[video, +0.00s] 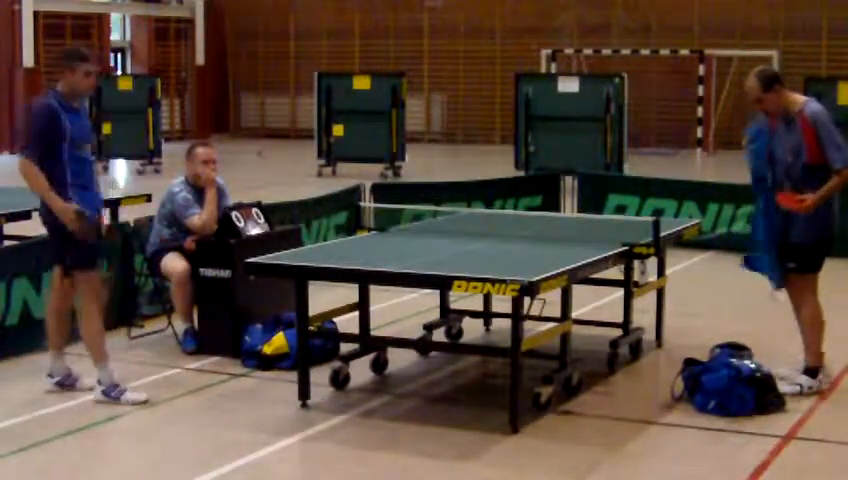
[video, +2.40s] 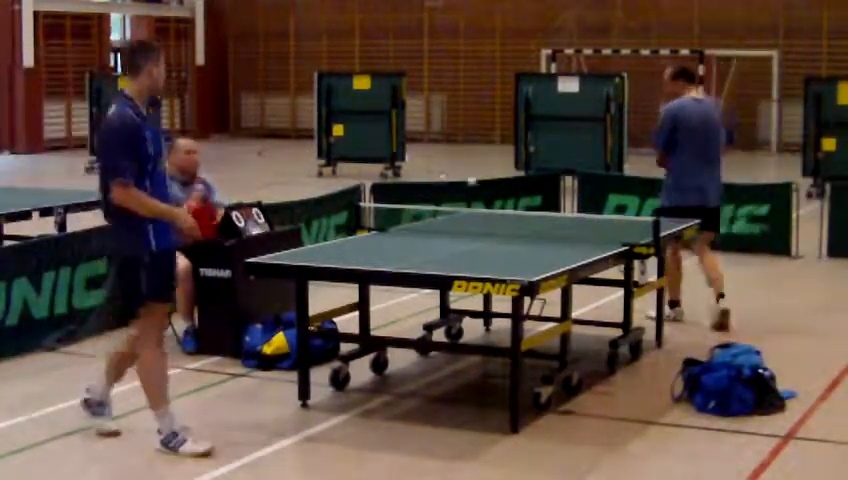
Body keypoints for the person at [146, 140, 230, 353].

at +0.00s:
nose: (212, 168)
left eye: (214, 163)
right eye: (205, 163)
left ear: (217, 164)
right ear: (190, 166)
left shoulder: (217, 187)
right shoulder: (178, 192)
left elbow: (224, 223)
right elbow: (204, 227)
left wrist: (197, 238)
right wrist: (211, 189)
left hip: (199, 241)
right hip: (166, 245)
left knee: (227, 262)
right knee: (181, 270)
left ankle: (223, 321)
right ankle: (189, 328)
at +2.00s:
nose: (207, 166)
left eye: (210, 161)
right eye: (202, 161)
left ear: (214, 165)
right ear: (187, 164)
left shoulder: (214, 188)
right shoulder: (171, 191)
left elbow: (224, 224)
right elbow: (195, 225)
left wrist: (199, 236)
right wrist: (205, 189)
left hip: (198, 241)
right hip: (165, 243)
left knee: (227, 260)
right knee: (183, 267)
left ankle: (222, 321)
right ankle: (188, 326)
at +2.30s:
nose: (199, 161)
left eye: (201, 155)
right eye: (193, 155)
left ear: (204, 160)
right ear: (176, 159)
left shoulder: (207, 185)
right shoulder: (163, 188)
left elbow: (222, 217)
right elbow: (165, 228)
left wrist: (201, 234)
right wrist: (193, 195)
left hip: (200, 241)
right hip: (169, 243)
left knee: (225, 260)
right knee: (182, 267)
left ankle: (222, 320)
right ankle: (188, 325)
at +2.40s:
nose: (194, 159)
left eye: (195, 153)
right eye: (187, 153)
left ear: (199, 158)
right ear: (171, 158)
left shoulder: (202, 184)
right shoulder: (163, 185)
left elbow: (219, 207)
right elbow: (165, 216)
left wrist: (217, 220)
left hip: (202, 240)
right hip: (173, 244)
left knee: (225, 262)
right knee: (184, 267)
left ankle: (222, 319)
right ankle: (188, 325)